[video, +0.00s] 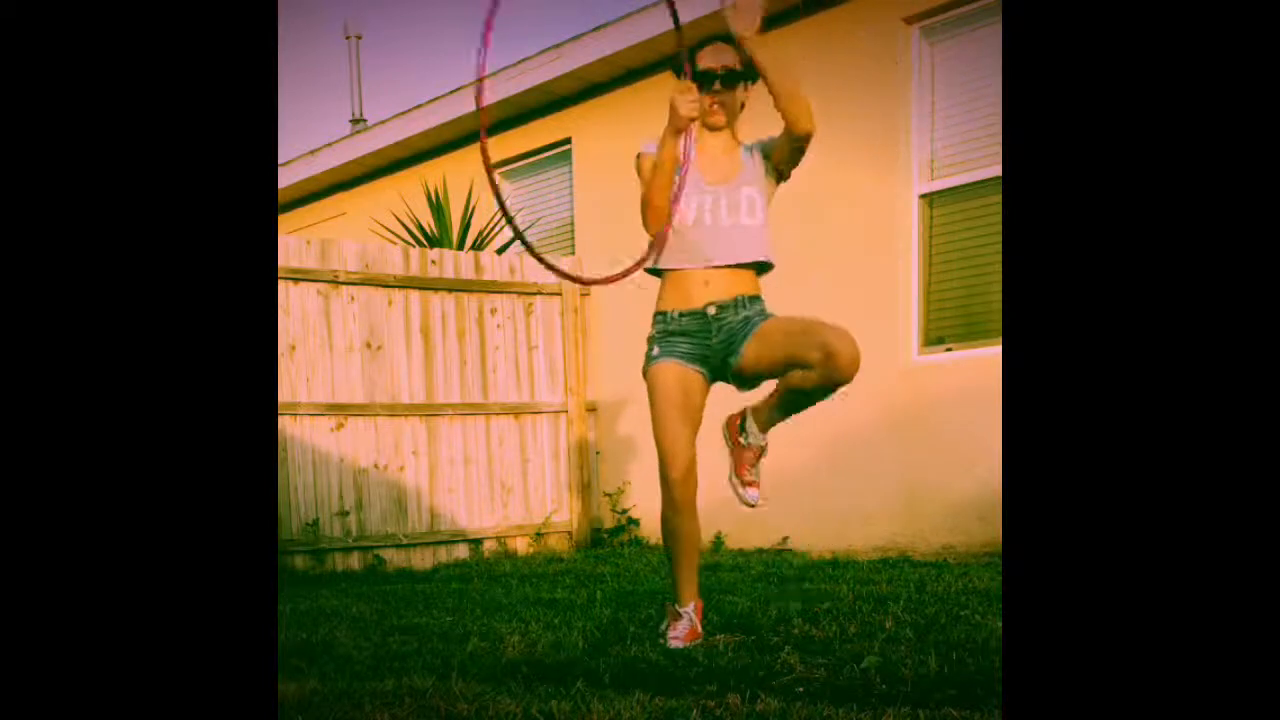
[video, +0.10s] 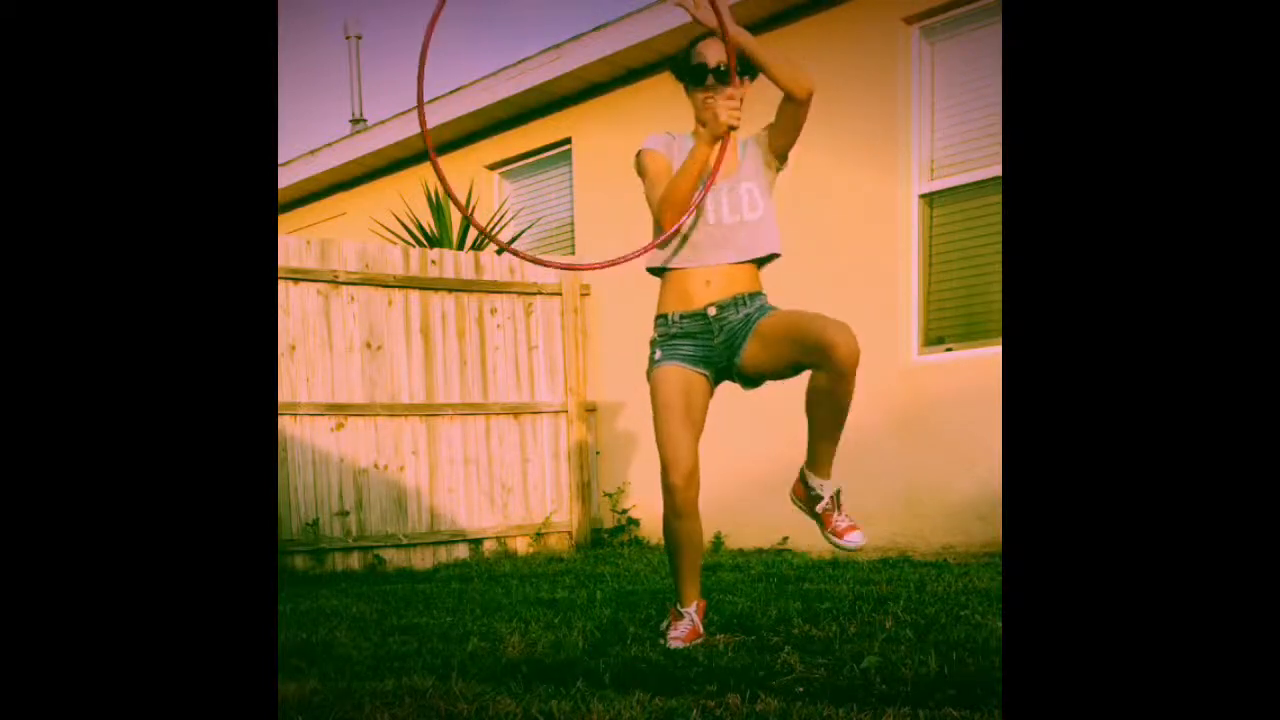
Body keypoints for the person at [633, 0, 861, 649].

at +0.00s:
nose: (717, 91)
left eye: (729, 80)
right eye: (705, 80)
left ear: (747, 90)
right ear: (687, 90)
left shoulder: (762, 158)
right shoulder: (663, 156)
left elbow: (801, 127)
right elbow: (655, 225)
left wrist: (751, 43)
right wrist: (671, 134)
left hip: (745, 320)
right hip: (677, 329)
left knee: (838, 353)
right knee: (677, 474)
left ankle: (752, 428)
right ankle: (686, 608)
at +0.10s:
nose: (727, 88)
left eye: (734, 76)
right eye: (710, 77)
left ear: (745, 84)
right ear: (688, 90)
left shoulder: (761, 152)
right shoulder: (660, 154)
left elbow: (801, 91)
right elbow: (666, 218)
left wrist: (734, 34)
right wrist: (707, 145)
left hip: (748, 317)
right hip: (679, 334)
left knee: (837, 344)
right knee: (677, 479)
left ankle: (816, 483)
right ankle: (689, 609)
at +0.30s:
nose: (718, 68)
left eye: (732, 58)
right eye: (707, 59)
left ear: (753, 74)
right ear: (695, 76)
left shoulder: (774, 128)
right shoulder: (672, 148)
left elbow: (817, 37)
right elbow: (670, 231)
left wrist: (761, 6)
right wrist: (736, 190)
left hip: (771, 313)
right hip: (698, 328)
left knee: (851, 427)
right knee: (682, 476)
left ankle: (948, 573)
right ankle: (691, 608)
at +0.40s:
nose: (738, 63)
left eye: (752, 52)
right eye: (726, 54)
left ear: (775, 65)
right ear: (714, 72)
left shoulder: (797, 123)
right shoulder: (693, 147)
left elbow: (859, 31)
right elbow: (656, 234)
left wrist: (794, 7)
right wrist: (716, 224)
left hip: (793, 318)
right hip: (718, 329)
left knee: (863, 450)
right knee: (694, 480)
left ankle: (949, 595)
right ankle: (692, 606)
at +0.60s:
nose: (789, 57)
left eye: (799, 41)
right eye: (776, 51)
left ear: (829, 45)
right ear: (766, 66)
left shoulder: (861, 115)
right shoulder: (749, 137)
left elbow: (960, 128)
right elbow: (660, 189)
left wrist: (885, 128)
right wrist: (669, 210)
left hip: (850, 310)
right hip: (772, 318)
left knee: (906, 458)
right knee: (736, 479)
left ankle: (946, 606)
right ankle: (700, 602)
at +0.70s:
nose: (806, 59)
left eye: (814, 41)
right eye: (793, 55)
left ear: (849, 34)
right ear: (789, 66)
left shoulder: (896, 111)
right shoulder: (786, 123)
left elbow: (943, 198)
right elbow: (691, 133)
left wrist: (858, 209)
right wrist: (670, 144)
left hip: (875, 306)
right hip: (798, 314)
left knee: (921, 461)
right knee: (729, 468)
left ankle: (949, 608)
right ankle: (701, 593)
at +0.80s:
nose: (814, 68)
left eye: (821, 50)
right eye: (804, 61)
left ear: (860, 34)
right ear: (804, 66)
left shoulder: (907, 114)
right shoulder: (817, 111)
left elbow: (905, 224)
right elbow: (734, 85)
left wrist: (803, 237)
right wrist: (704, 68)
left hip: (885, 306)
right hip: (813, 312)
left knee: (930, 461)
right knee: (726, 451)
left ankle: (949, 606)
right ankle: (695, 598)